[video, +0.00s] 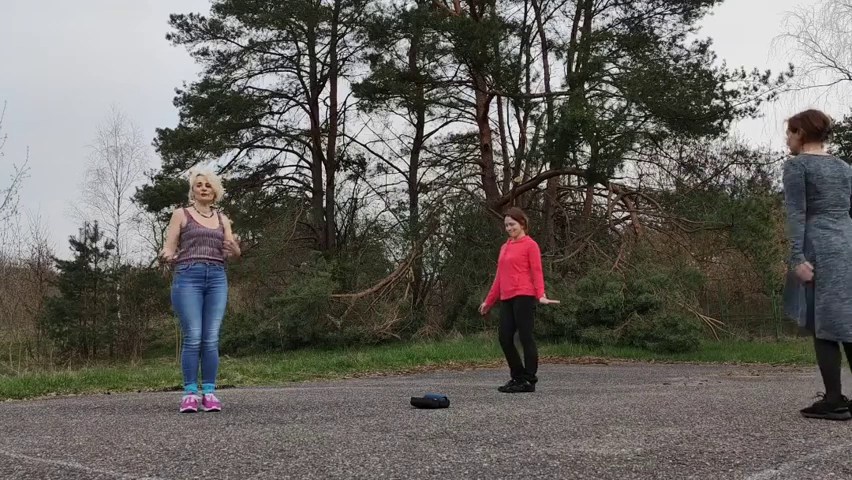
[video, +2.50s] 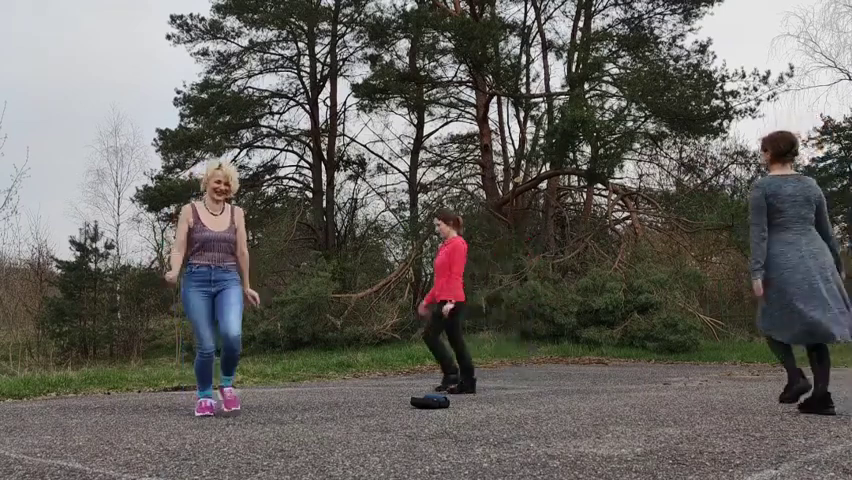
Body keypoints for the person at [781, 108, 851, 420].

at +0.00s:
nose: (786, 139)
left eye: (789, 134)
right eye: (787, 133)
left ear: (801, 134)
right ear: (821, 134)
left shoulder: (797, 164)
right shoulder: (844, 166)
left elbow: (796, 213)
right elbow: (847, 210)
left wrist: (797, 255)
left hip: (822, 252)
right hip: (848, 251)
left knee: (823, 325)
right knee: (846, 325)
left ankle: (833, 398)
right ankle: (841, 397)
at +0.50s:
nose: (782, 136)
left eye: (787, 130)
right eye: (783, 130)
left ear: (806, 133)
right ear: (812, 134)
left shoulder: (798, 164)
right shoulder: (841, 169)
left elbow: (794, 213)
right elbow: (847, 213)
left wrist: (775, 251)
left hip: (822, 249)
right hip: (845, 247)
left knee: (827, 324)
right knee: (837, 324)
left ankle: (834, 398)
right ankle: (836, 397)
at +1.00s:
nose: (793, 135)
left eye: (801, 129)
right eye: (789, 130)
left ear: (818, 134)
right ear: (786, 136)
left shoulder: (818, 165)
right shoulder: (804, 167)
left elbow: (831, 207)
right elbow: (810, 213)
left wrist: (840, 243)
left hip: (819, 252)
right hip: (812, 251)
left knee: (823, 324)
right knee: (835, 325)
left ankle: (834, 398)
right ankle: (836, 396)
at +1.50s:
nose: (774, 132)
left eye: (781, 127)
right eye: (776, 127)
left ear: (798, 133)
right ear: (801, 134)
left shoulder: (796, 164)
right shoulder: (824, 166)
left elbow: (805, 197)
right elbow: (830, 207)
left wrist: (815, 227)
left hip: (810, 251)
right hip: (834, 248)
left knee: (822, 324)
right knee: (841, 324)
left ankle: (833, 399)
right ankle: (841, 397)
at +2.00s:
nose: (775, 148)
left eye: (777, 144)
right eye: (776, 143)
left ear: (785, 147)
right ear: (808, 147)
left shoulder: (777, 182)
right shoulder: (834, 179)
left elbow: (769, 235)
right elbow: (847, 225)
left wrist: (759, 266)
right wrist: (844, 249)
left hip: (801, 260)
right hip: (837, 257)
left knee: (804, 330)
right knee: (824, 326)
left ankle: (833, 401)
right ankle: (840, 383)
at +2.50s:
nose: (762, 156)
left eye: (763, 152)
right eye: (762, 151)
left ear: (770, 154)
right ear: (792, 154)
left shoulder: (762, 186)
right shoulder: (811, 185)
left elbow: (759, 233)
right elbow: (826, 231)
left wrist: (756, 272)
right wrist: (836, 266)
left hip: (782, 262)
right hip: (817, 260)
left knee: (770, 324)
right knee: (815, 326)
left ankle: (795, 377)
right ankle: (822, 396)